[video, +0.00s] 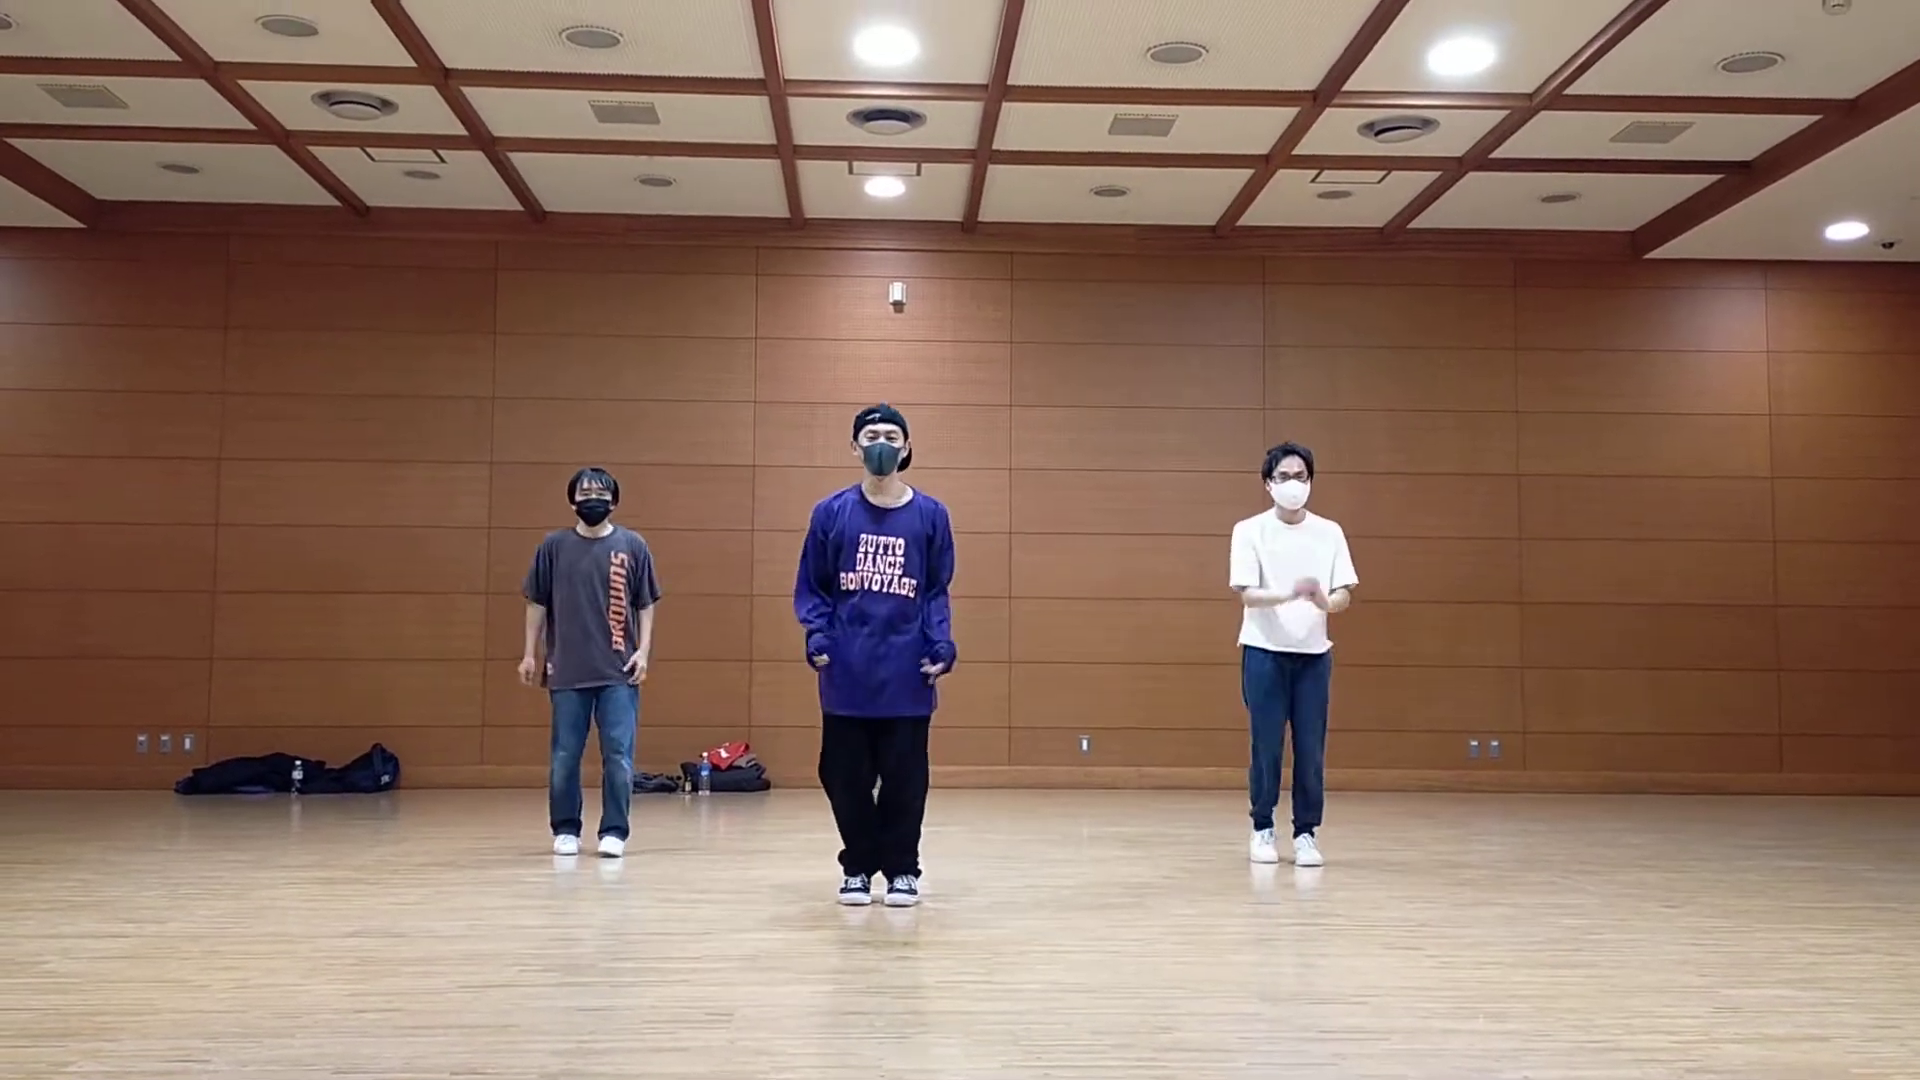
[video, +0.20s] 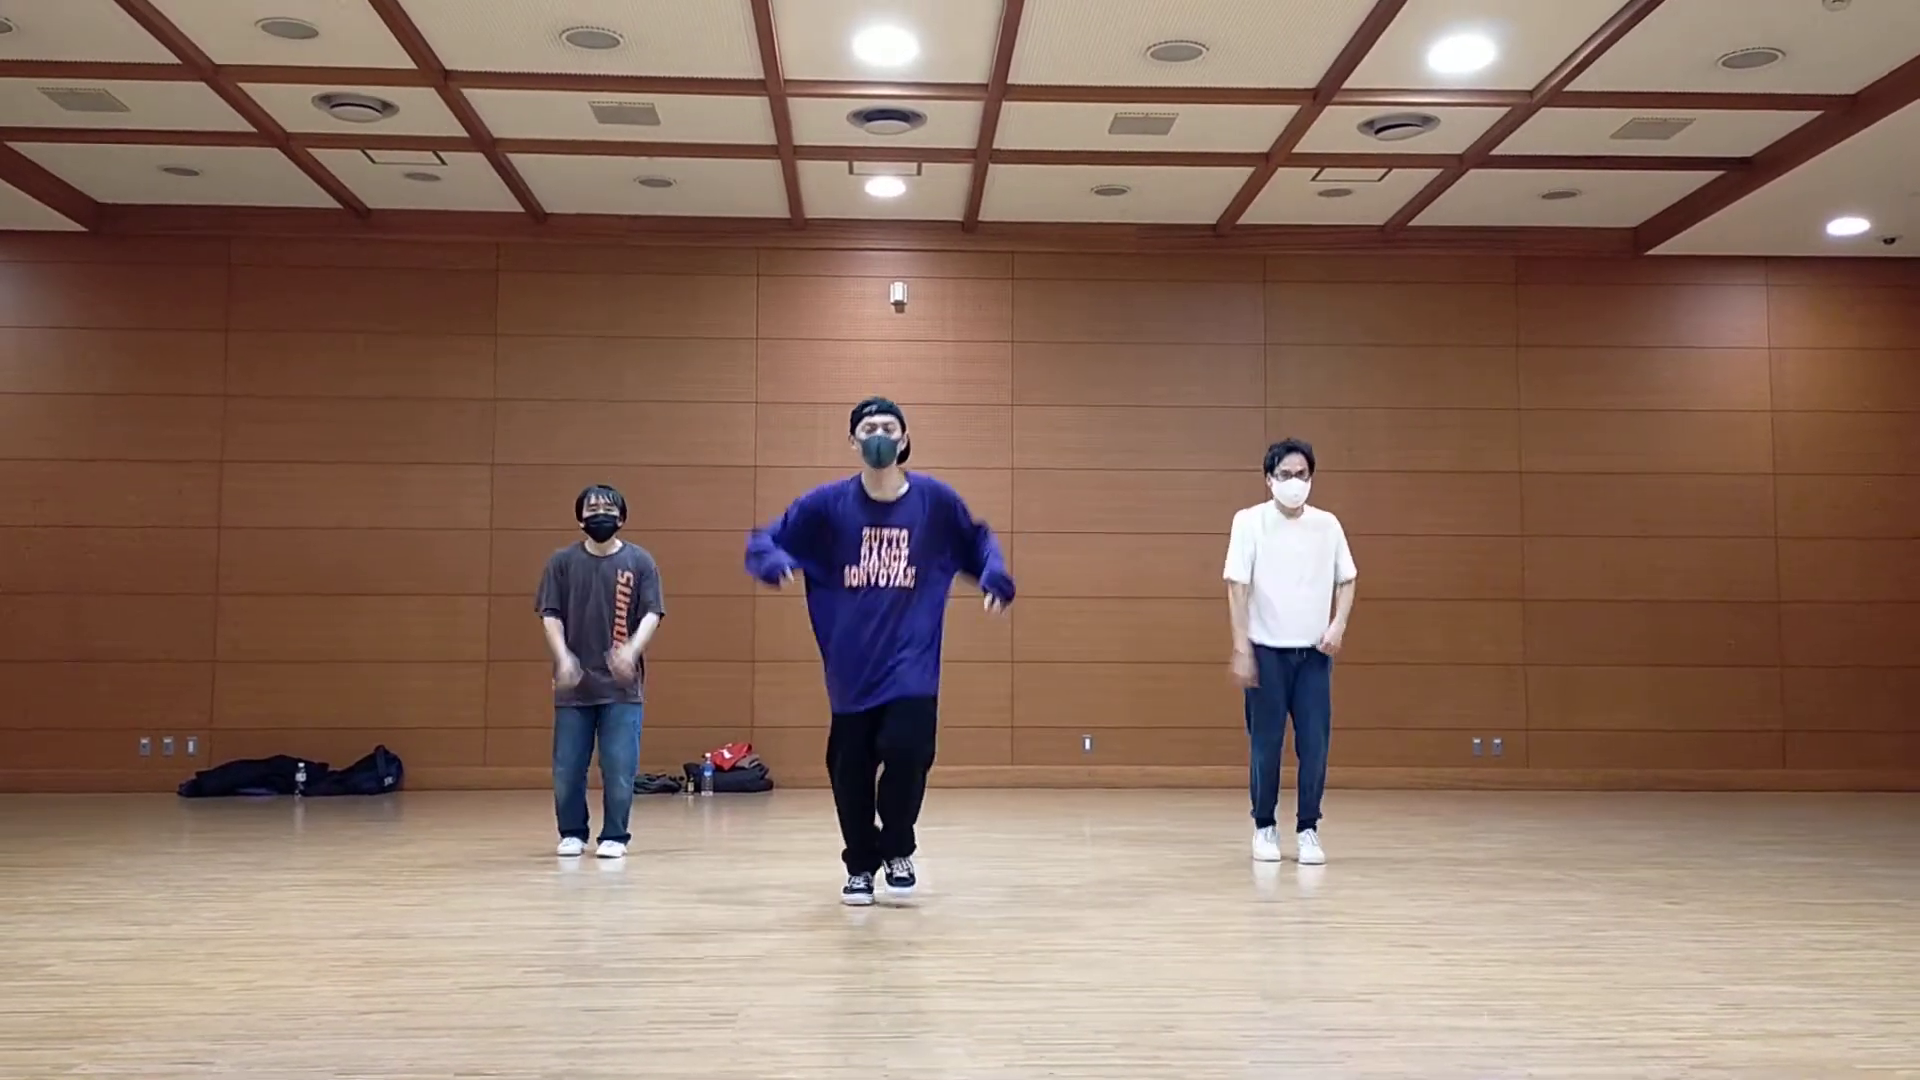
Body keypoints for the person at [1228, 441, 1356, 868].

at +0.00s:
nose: (1293, 484)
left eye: (1300, 477)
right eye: (1284, 478)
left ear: (1310, 483)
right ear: (1269, 483)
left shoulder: (1330, 532)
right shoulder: (1248, 531)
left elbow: (1344, 595)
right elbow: (1247, 595)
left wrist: (1326, 603)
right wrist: (1288, 595)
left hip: (1314, 655)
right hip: (1264, 653)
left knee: (1310, 749)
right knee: (1267, 747)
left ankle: (1306, 834)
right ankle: (1263, 830)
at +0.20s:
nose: (1295, 482)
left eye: (1301, 475)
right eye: (1286, 475)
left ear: (1311, 479)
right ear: (1269, 480)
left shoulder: (1327, 524)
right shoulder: (1249, 522)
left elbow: (1347, 580)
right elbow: (1236, 587)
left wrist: (1339, 624)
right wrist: (1241, 649)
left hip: (1314, 653)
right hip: (1265, 652)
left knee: (1314, 745)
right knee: (1266, 745)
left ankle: (1308, 831)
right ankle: (1265, 829)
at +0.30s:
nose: (1296, 476)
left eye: (1303, 469)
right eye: (1287, 469)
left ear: (1314, 472)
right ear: (1271, 471)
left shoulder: (1333, 514)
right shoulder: (1249, 511)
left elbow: (1347, 564)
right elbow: (1222, 567)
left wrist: (1335, 611)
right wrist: (1204, 621)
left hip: (1316, 635)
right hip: (1266, 632)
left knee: (1312, 729)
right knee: (1279, 720)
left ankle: (1298, 814)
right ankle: (1279, 812)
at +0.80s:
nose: (1320, 481)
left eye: (1327, 473)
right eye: (1310, 474)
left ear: (1338, 480)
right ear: (1292, 482)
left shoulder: (1354, 527)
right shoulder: (1268, 529)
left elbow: (1359, 590)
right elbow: (1246, 591)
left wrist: (1357, 641)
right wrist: (1245, 650)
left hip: (1333, 651)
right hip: (1284, 648)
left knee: (1341, 750)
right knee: (1299, 740)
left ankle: (1305, 787)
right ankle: (1308, 841)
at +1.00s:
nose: (1330, 476)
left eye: (1337, 469)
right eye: (1320, 469)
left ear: (1347, 475)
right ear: (1303, 476)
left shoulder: (1367, 525)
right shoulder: (1279, 529)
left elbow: (1377, 588)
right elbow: (1270, 598)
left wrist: (1370, 636)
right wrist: (1306, 639)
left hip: (1351, 655)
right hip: (1300, 655)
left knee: (1357, 746)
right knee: (1316, 742)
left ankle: (1345, 845)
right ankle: (1309, 845)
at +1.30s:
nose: (1332, 457)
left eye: (1340, 449)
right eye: (1322, 450)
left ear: (1353, 454)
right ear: (1307, 455)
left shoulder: (1372, 497)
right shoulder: (1283, 505)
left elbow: (1381, 560)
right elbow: (1258, 568)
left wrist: (1380, 611)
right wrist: (1303, 610)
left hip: (1362, 640)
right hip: (1306, 639)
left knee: (1400, 733)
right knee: (1281, 731)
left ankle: (1412, 837)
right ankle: (1265, 835)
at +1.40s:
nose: (1336, 484)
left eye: (1343, 476)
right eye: (1326, 476)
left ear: (1356, 480)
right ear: (1309, 482)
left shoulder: (1374, 523)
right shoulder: (1286, 531)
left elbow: (1386, 581)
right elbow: (1251, 584)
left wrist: (1392, 634)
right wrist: (1292, 638)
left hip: (1366, 668)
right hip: (1304, 670)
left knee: (1418, 748)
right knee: (1273, 748)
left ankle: (1454, 850)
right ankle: (1230, 843)